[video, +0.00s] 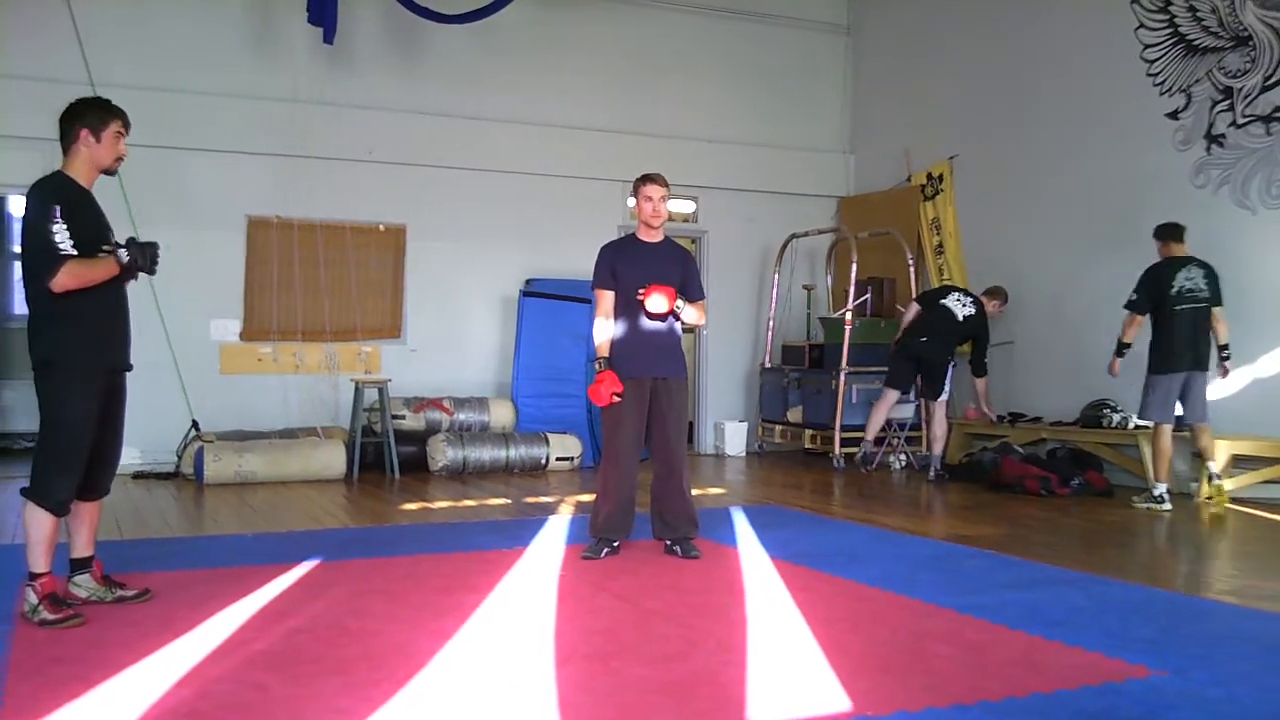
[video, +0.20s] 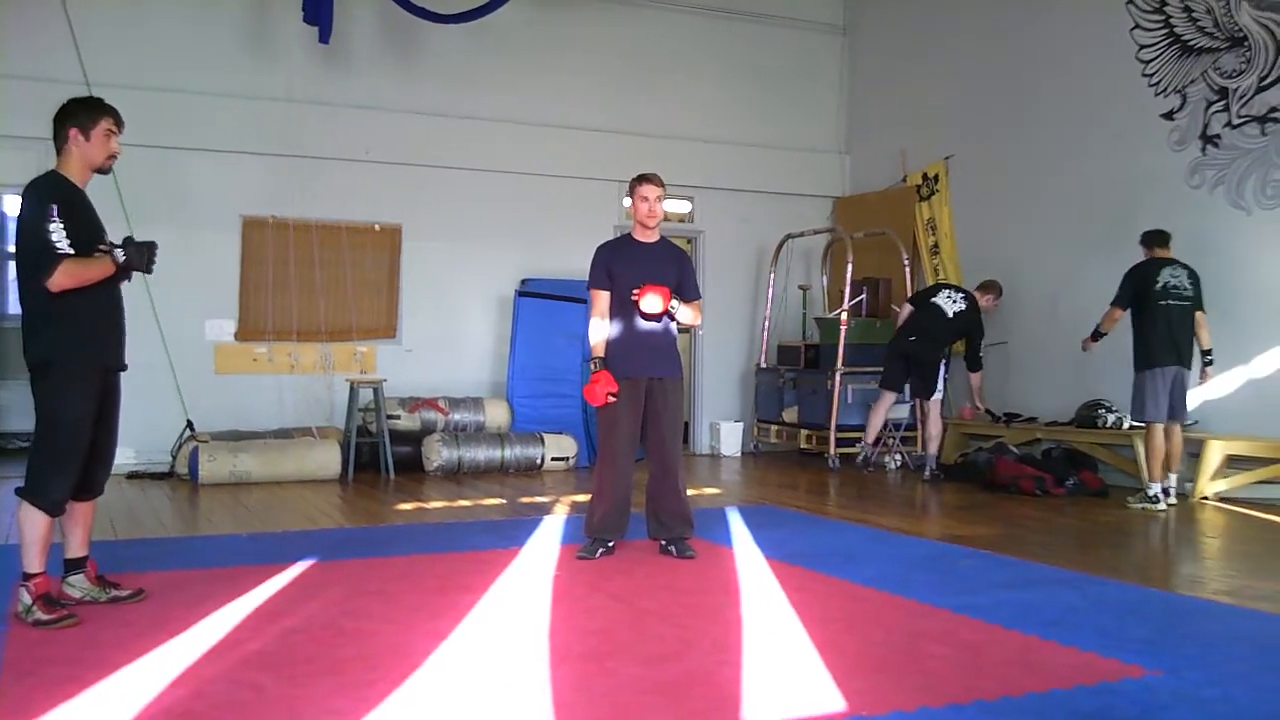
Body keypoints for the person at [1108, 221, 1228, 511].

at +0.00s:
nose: (1157, 250)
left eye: (1158, 246)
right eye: (1159, 245)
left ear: (1162, 245)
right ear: (1183, 242)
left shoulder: (1155, 273)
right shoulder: (1206, 270)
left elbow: (1134, 319)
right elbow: (1217, 317)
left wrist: (1119, 354)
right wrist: (1224, 355)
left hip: (1166, 361)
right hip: (1199, 361)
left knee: (1162, 425)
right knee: (1199, 422)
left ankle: (1160, 492)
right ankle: (1213, 473)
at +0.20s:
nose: (1143, 254)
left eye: (1143, 250)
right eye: (1144, 251)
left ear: (1147, 248)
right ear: (1169, 246)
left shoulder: (1139, 272)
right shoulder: (1189, 274)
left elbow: (1117, 312)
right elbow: (1199, 319)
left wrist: (1095, 337)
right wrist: (1207, 359)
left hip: (1153, 359)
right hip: (1182, 359)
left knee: (1155, 424)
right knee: (1175, 423)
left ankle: (1154, 492)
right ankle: (1171, 489)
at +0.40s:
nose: (1116, 268)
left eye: (1118, 264)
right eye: (1119, 264)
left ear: (1122, 263)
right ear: (1142, 264)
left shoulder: (1118, 276)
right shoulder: (1162, 286)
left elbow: (1098, 315)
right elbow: (1168, 336)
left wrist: (1080, 341)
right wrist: (1173, 377)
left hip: (1130, 356)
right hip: (1156, 359)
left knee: (1129, 423)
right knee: (1143, 424)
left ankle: (1133, 491)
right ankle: (1137, 485)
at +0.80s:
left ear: (1118, 285)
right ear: (1137, 287)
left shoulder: (1116, 290)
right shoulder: (1154, 302)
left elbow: (1109, 321)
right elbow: (1166, 346)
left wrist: (1106, 356)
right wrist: (1172, 386)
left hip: (1139, 350)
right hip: (1163, 357)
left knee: (1134, 417)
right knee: (1148, 419)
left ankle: (1137, 486)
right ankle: (1146, 485)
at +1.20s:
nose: (1151, 270)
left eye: (1152, 266)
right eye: (1152, 266)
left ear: (1157, 264)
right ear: (1176, 266)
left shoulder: (1155, 281)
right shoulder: (1196, 289)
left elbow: (1145, 320)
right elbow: (1196, 328)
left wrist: (1138, 350)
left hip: (1172, 353)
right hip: (1198, 357)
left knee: (1156, 418)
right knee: (1187, 423)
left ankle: (1145, 484)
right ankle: (1186, 488)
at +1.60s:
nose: (1127, 249)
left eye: (1129, 244)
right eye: (1128, 244)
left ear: (1140, 245)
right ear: (1153, 247)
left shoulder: (1130, 276)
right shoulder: (1174, 282)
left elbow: (1118, 320)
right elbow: (1175, 327)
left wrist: (1101, 337)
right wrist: (1159, 348)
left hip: (1133, 357)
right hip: (1162, 360)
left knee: (1123, 422)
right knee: (1163, 424)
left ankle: (1113, 486)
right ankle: (1170, 486)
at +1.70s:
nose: (1109, 248)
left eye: (1111, 243)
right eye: (1110, 243)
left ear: (1121, 244)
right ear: (1135, 245)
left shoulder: (1110, 276)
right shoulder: (1155, 281)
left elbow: (1094, 320)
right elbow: (1155, 326)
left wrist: (1073, 328)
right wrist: (1139, 348)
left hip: (1113, 357)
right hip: (1140, 360)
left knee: (1106, 422)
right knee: (1144, 423)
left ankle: (1099, 486)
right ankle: (1156, 486)